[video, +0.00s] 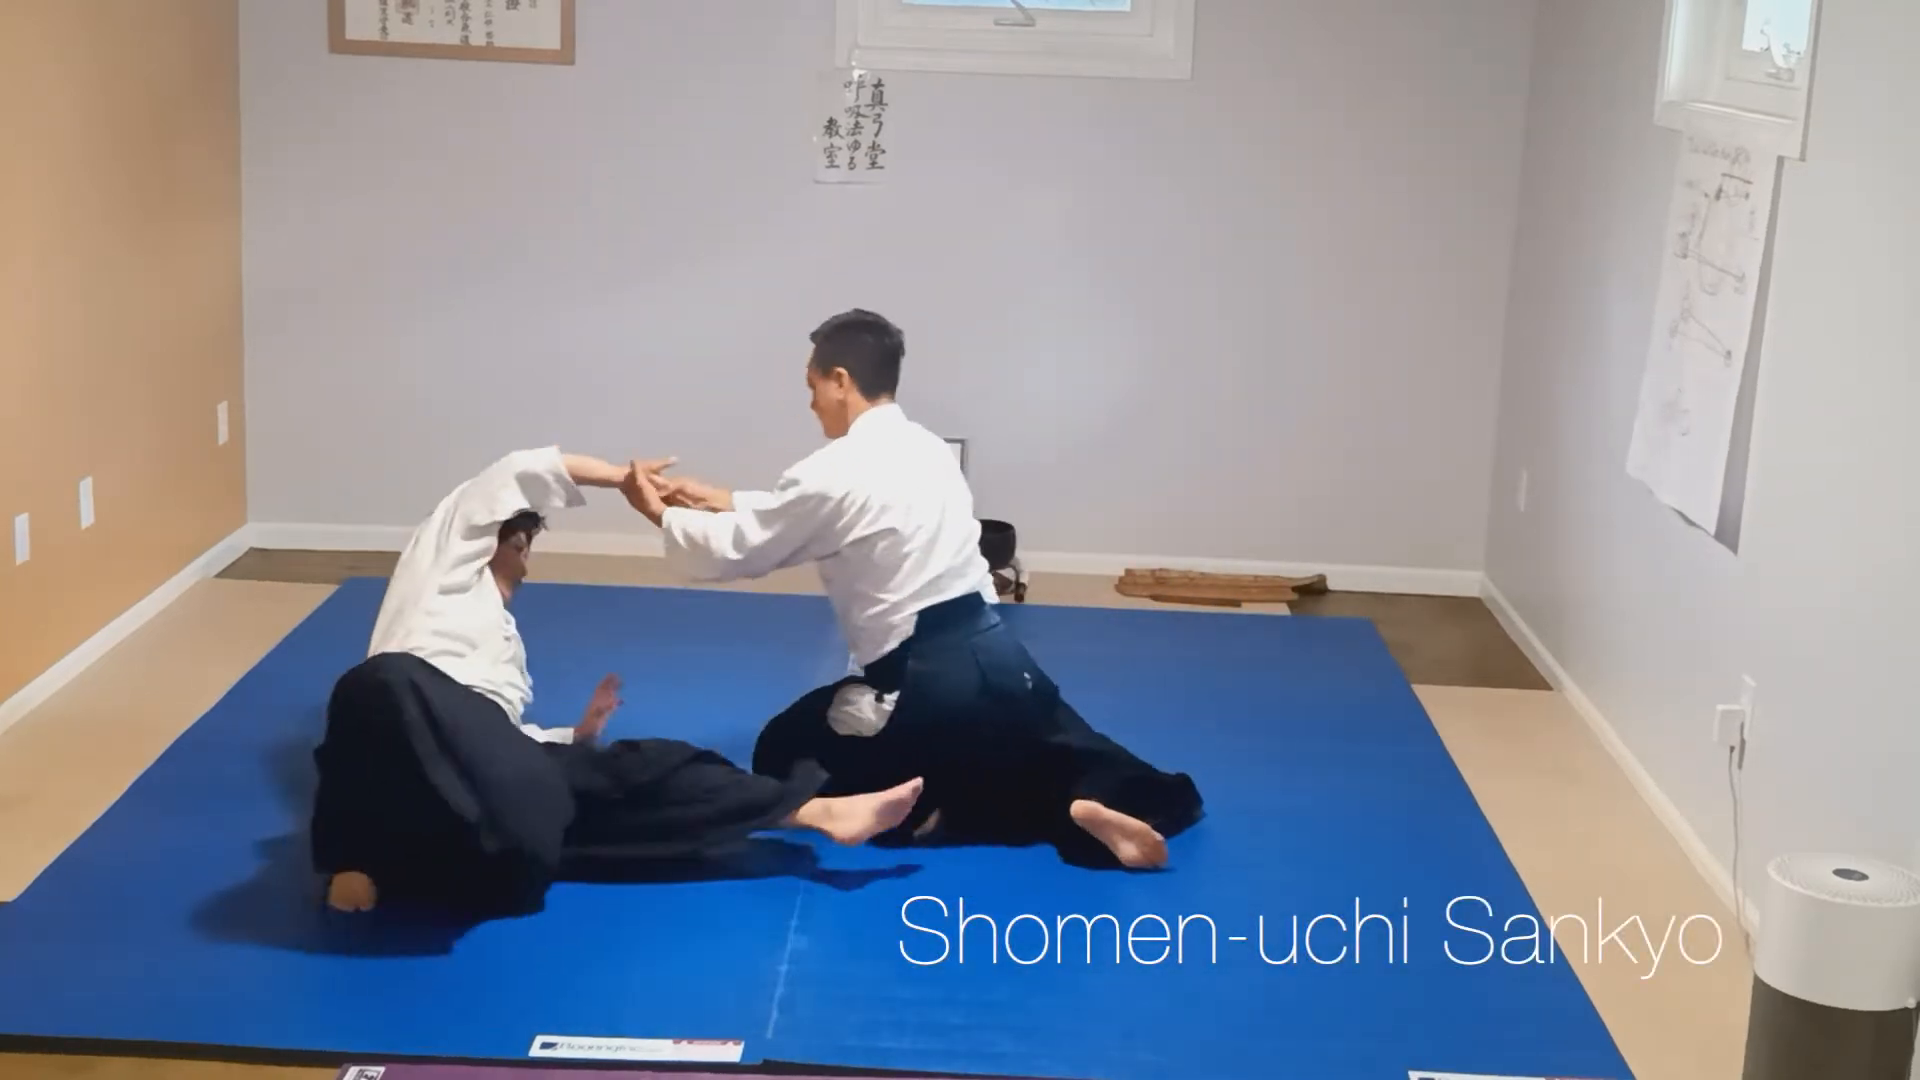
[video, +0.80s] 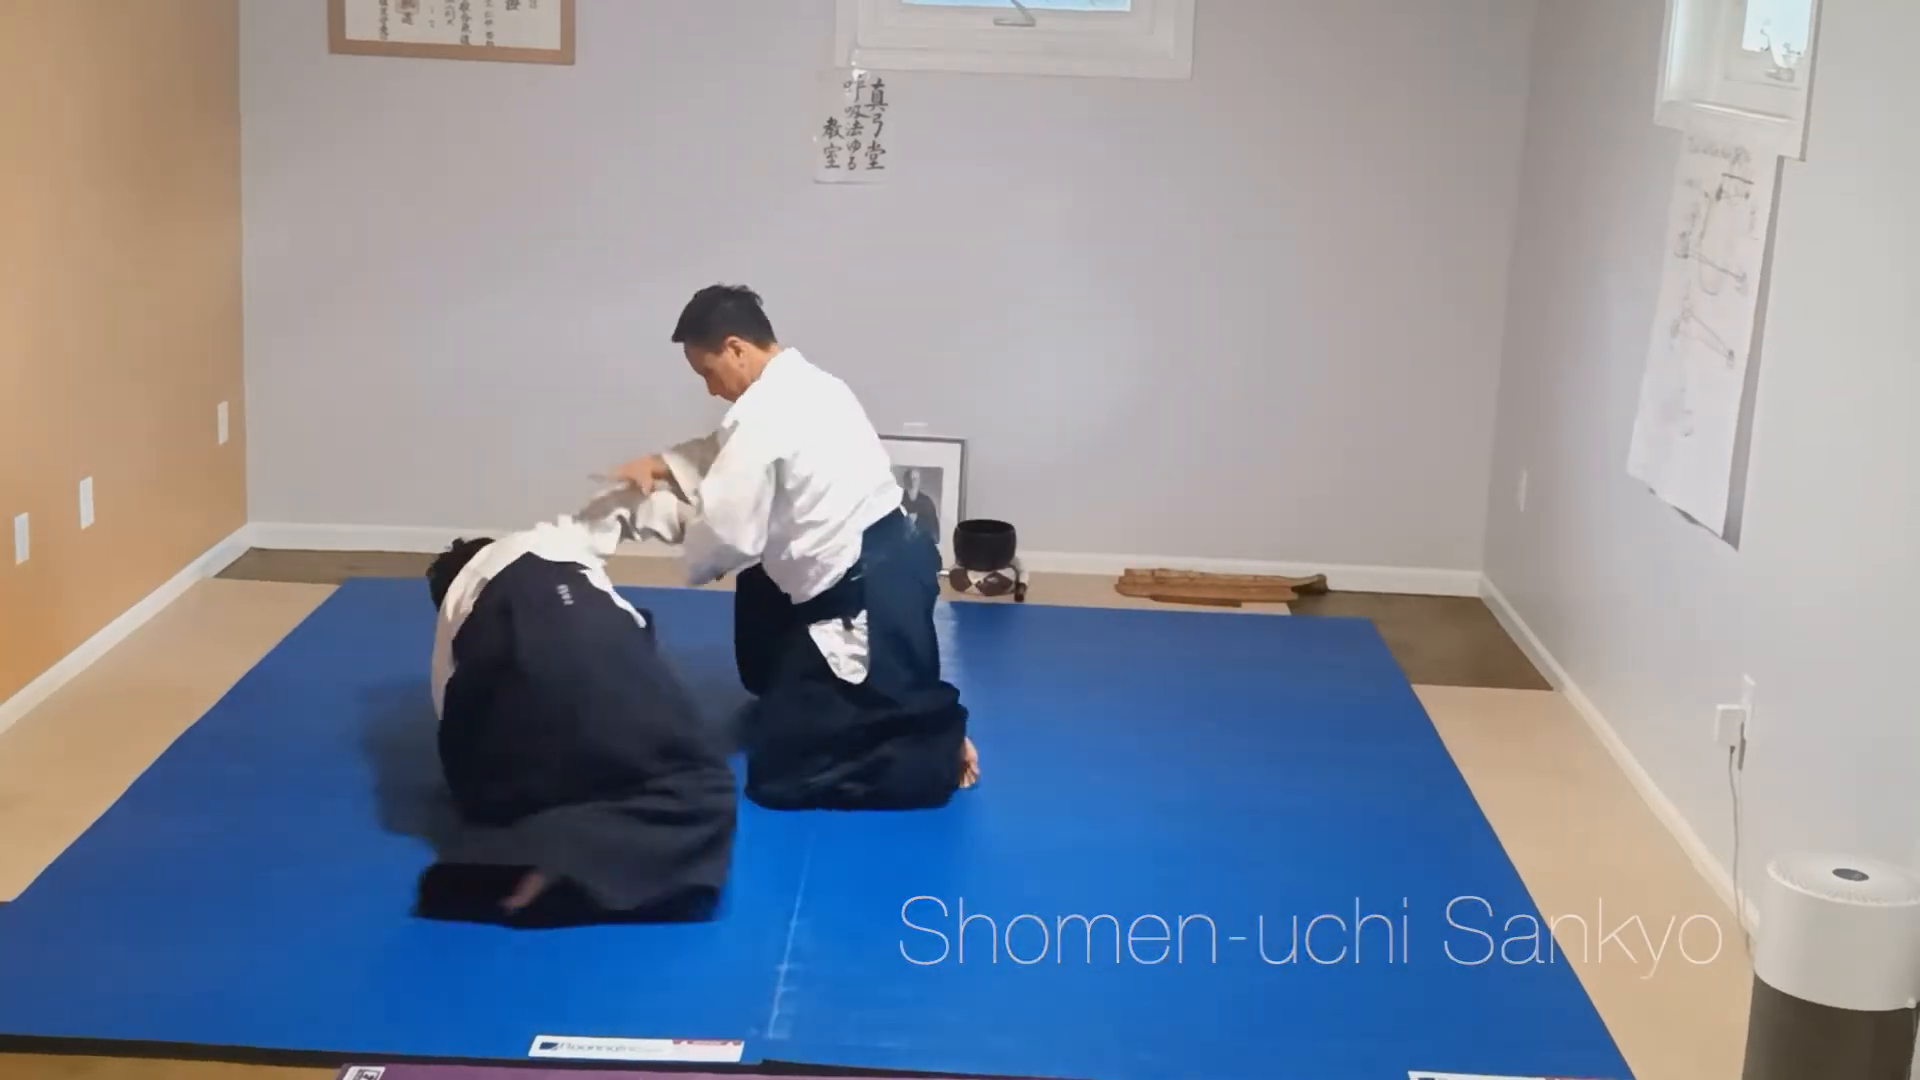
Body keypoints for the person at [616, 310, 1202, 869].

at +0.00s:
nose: (815, 405)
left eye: (814, 389)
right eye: (814, 388)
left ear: (837, 384)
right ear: (886, 384)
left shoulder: (833, 475)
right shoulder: (935, 452)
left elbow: (732, 547)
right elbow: (821, 512)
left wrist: (657, 512)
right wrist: (722, 499)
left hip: (917, 689)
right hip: (1009, 679)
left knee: (781, 753)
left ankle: (883, 796)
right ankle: (1082, 809)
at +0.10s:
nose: (783, 399)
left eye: (781, 385)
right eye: (781, 385)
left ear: (803, 378)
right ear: (857, 373)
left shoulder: (805, 469)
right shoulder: (912, 441)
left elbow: (712, 543)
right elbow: (817, 508)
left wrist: (643, 495)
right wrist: (716, 491)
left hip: (886, 680)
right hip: (973, 659)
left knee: (777, 775)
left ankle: (902, 804)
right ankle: (1068, 811)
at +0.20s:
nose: (747, 395)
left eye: (746, 380)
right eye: (745, 380)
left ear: (770, 372)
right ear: (817, 359)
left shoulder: (777, 457)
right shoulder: (885, 426)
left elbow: (690, 530)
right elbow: (809, 503)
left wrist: (631, 471)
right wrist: (718, 471)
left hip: (873, 665)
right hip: (953, 646)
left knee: (775, 782)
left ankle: (924, 802)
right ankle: (1027, 798)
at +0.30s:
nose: (730, 389)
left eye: (726, 373)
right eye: (726, 374)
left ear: (747, 361)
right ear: (801, 351)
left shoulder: (756, 444)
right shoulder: (868, 411)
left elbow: (676, 513)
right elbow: (806, 492)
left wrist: (630, 453)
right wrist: (709, 459)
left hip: (861, 638)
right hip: (936, 610)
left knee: (772, 782)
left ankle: (905, 802)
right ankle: (994, 779)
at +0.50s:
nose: (708, 372)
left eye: (703, 362)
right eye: (702, 363)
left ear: (723, 346)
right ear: (772, 327)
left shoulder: (733, 424)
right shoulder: (840, 383)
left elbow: (687, 518)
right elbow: (782, 446)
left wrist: (673, 455)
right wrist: (693, 419)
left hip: (848, 609)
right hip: (916, 573)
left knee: (770, 790)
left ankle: (896, 799)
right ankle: (934, 771)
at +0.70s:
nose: (708, 380)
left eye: (702, 366)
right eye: (700, 368)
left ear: (728, 344)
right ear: (759, 333)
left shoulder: (740, 414)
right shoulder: (823, 377)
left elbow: (706, 528)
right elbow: (753, 438)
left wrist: (668, 490)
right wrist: (655, 440)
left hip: (851, 592)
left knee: (772, 777)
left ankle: (933, 755)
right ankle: (930, 714)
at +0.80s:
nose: (710, 390)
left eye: (706, 375)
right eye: (703, 377)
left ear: (735, 350)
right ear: (744, 345)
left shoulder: (760, 417)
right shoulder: (811, 381)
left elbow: (727, 537)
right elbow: (728, 447)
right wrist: (661, 464)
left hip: (859, 596)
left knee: (780, 776)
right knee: (759, 586)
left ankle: (936, 755)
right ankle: (920, 717)